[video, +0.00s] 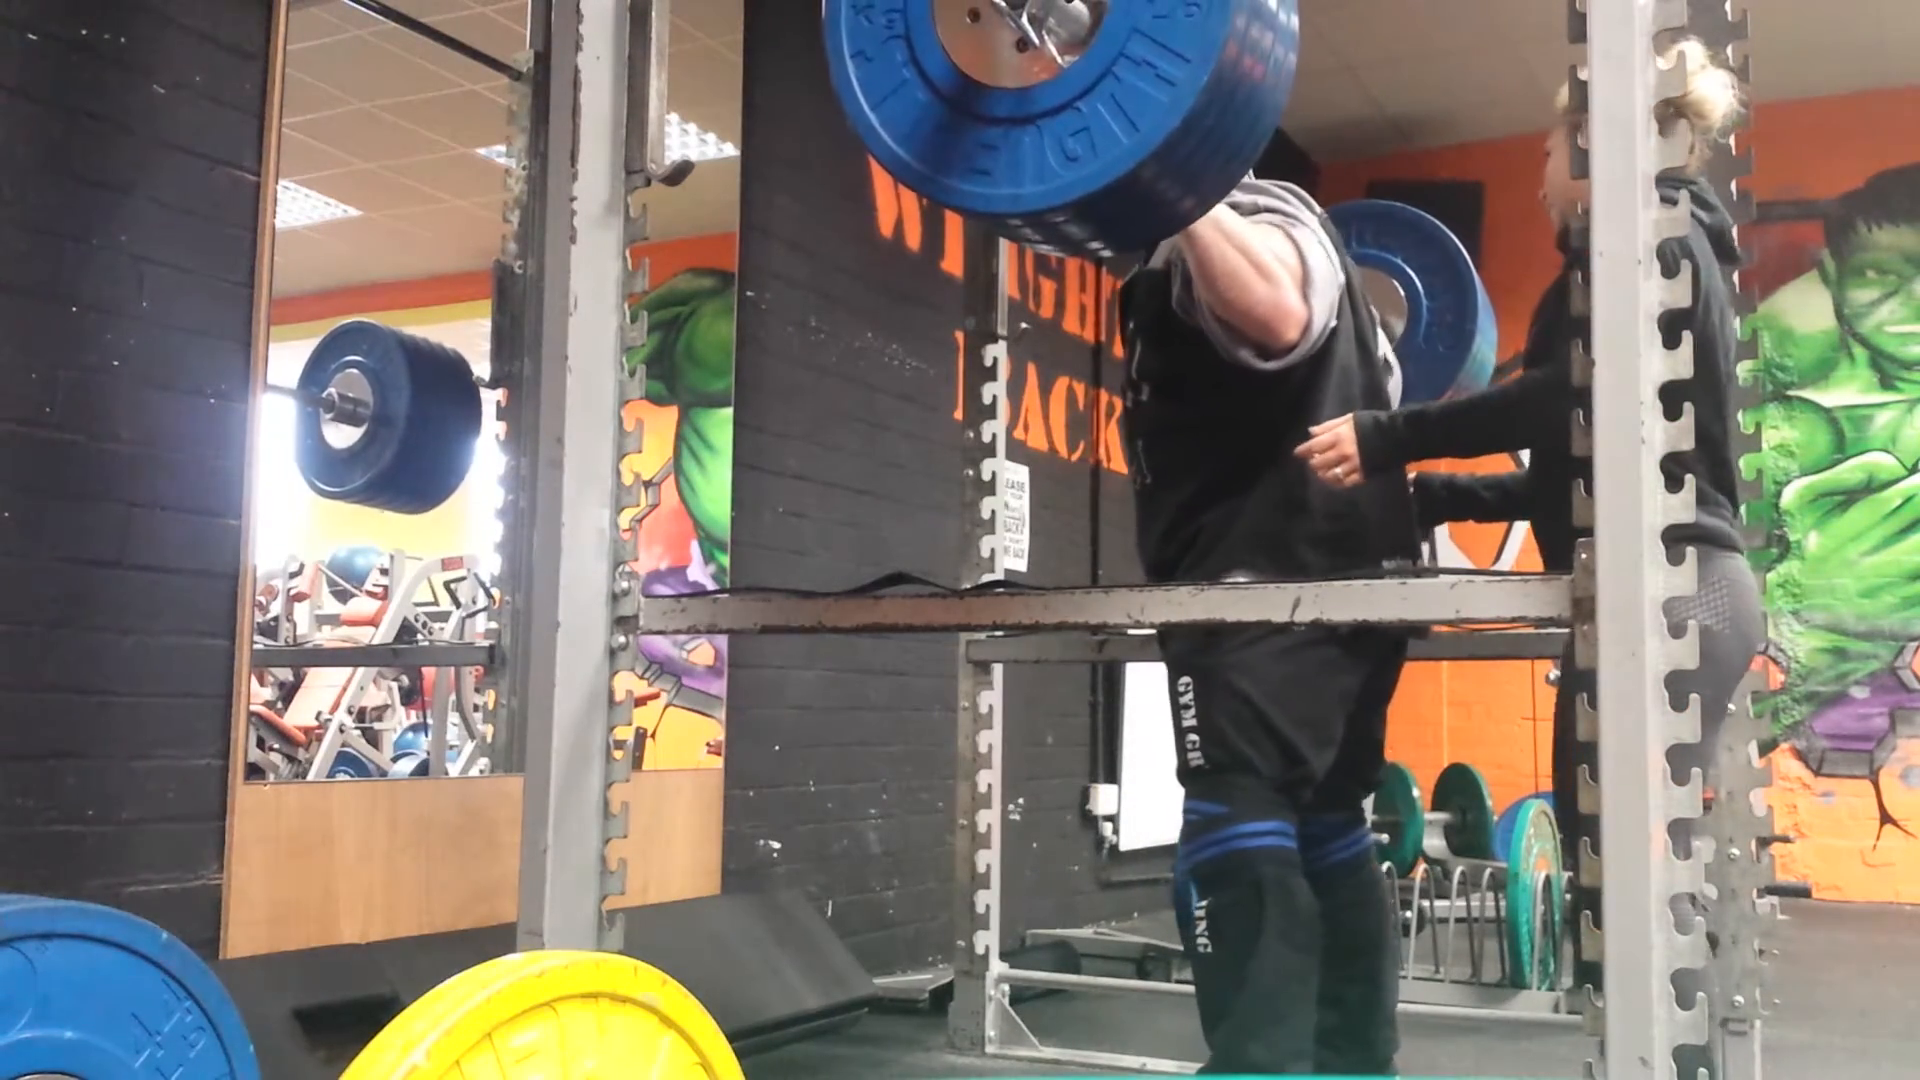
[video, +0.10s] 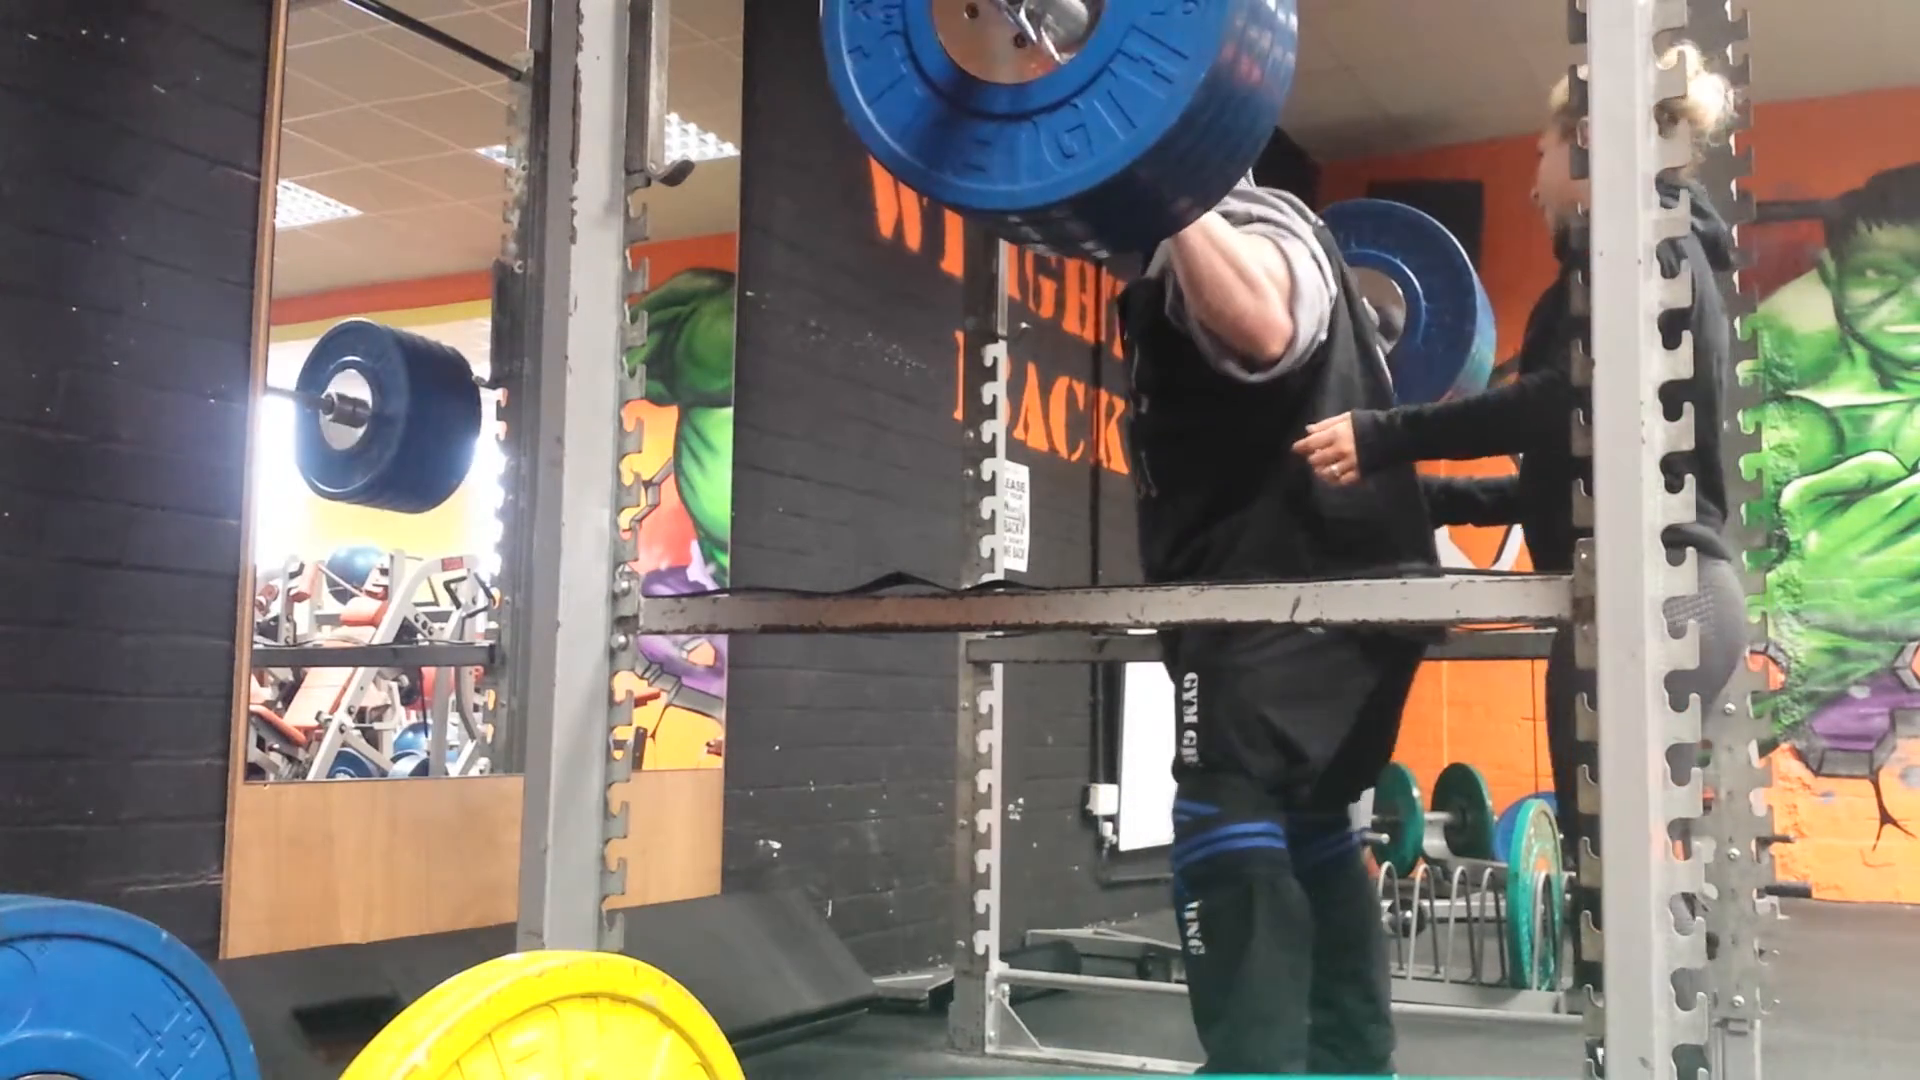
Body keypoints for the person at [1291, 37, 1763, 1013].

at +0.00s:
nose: (1544, 167)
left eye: (1556, 145)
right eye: (1551, 146)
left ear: (1601, 149)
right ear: (1628, 151)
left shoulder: (1640, 241)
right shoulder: (1669, 253)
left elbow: (1559, 396)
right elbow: (1575, 479)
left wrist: (1385, 436)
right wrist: (1422, 495)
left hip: (1658, 584)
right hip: (1693, 582)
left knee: (1614, 842)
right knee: (1628, 842)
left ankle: (1644, 1051)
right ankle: (1651, 1048)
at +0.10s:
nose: (1535, 174)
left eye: (1546, 151)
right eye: (1541, 152)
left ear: (1590, 154)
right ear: (1604, 158)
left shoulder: (1636, 249)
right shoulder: (1609, 277)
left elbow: (1567, 397)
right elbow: (1575, 486)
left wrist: (1386, 435)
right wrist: (1423, 498)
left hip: (1645, 598)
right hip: (1611, 599)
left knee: (1623, 846)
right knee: (1605, 845)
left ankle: (1645, 1051)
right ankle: (1629, 1048)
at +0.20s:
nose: (1525, 175)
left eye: (1538, 152)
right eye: (1530, 153)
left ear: (1589, 154)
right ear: (1591, 160)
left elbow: (1585, 411)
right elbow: (1573, 485)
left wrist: (1397, 447)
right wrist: (1432, 508)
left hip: (1630, 593)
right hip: (1588, 595)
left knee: (1599, 830)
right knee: (1575, 828)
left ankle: (1639, 1043)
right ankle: (1619, 1039)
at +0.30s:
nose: (1517, 191)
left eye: (1527, 166)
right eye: (1518, 169)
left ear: (1580, 157)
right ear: (1581, 163)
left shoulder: (1621, 262)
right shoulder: (1591, 282)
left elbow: (1576, 424)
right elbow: (1563, 477)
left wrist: (1401, 465)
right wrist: (1435, 514)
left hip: (1619, 591)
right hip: (1593, 589)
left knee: (1566, 816)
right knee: (1563, 816)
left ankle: (1624, 1041)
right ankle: (1616, 1037)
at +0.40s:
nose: (1500, 204)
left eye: (1510, 177)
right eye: (1500, 181)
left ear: (1568, 159)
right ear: (1560, 165)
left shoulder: (1604, 269)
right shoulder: (1589, 284)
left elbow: (1555, 427)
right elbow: (1562, 483)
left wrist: (1386, 478)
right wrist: (1431, 528)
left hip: (1633, 596)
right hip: (1608, 594)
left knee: (1579, 843)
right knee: (1570, 839)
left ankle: (1634, 1054)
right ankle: (1625, 1051)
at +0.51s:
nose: (1473, 226)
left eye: (1483, 195)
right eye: (1472, 200)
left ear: (1543, 176)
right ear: (1552, 183)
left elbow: (1536, 434)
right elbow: (1568, 505)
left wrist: (1370, 510)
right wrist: (1436, 556)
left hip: (1664, 601)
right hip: (1706, 598)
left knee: (1572, 841)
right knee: (1582, 839)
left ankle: (1635, 1056)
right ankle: (1641, 1051)